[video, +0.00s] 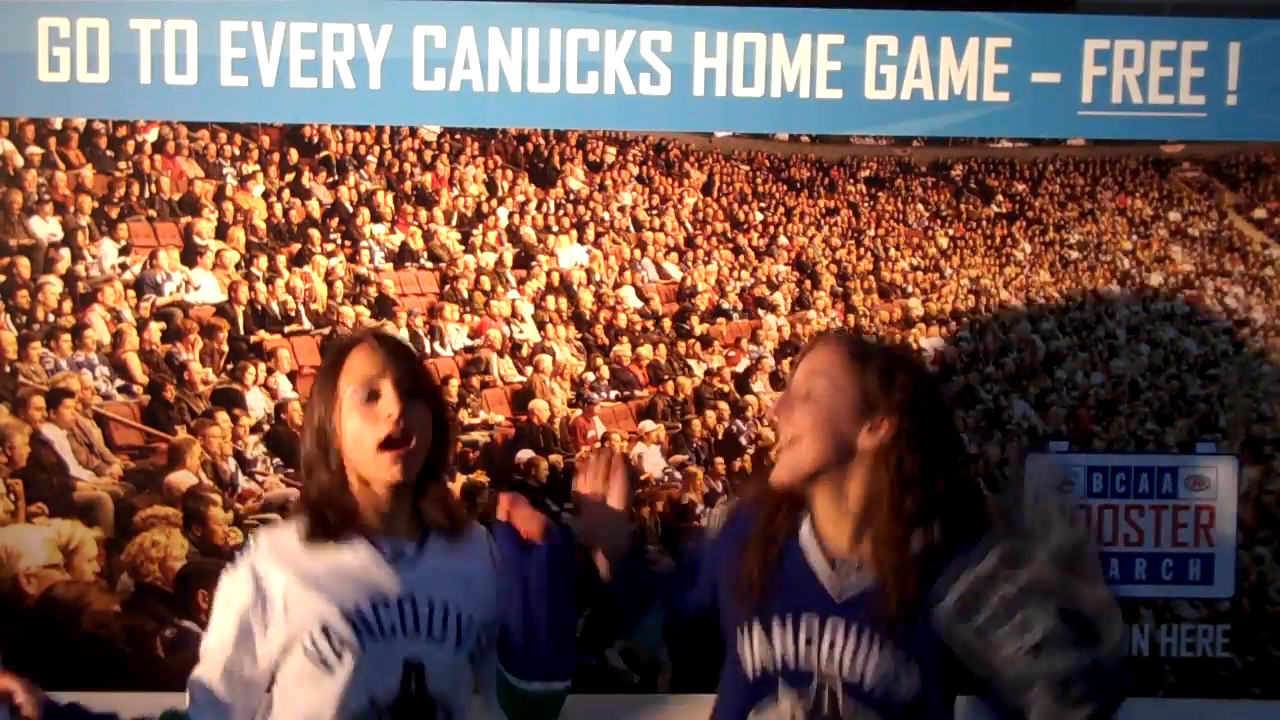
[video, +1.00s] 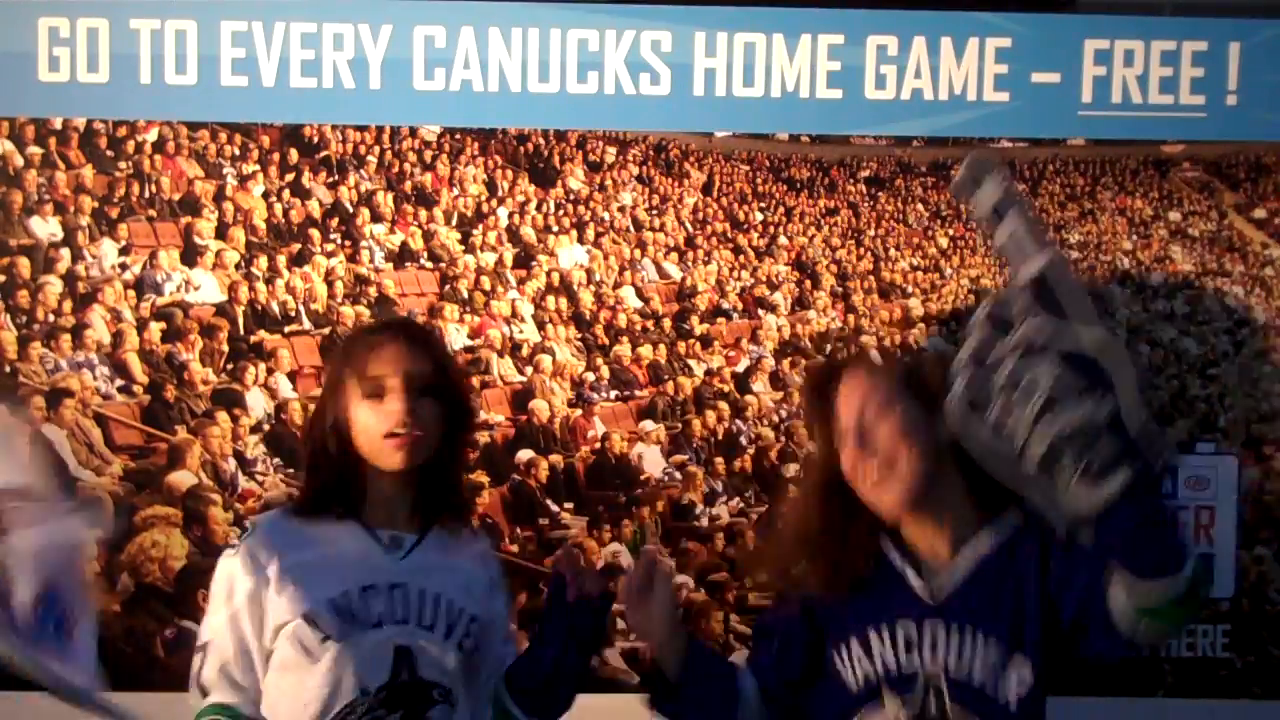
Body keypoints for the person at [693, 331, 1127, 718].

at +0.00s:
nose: (774, 410)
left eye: (801, 392)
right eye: (785, 392)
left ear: (875, 428)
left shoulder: (954, 563)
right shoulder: (745, 536)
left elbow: (1064, 692)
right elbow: (672, 633)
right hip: (745, 711)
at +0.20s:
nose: (813, 428)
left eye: (842, 410)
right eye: (812, 408)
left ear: (913, 430)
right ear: (802, 420)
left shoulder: (979, 562)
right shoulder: (777, 565)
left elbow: (1081, 692)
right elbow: (731, 707)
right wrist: (655, 676)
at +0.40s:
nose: (839, 400)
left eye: (865, 389)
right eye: (827, 386)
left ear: (915, 422)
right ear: (805, 416)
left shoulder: (987, 534)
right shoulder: (781, 555)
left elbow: (1082, 648)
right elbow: (698, 679)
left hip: (971, 710)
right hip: (834, 709)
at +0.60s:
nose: (862, 443)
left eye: (888, 432)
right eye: (847, 417)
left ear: (914, 456)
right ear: (807, 421)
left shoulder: (954, 573)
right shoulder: (757, 554)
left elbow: (1036, 701)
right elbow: (630, 567)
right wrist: (639, 448)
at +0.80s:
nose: (867, 372)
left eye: (889, 357)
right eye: (847, 357)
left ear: (924, 387)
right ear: (818, 390)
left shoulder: (996, 503)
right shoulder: (779, 528)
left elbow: (1138, 613)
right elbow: (698, 666)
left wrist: (1152, 502)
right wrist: (637, 593)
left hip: (963, 711)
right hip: (823, 712)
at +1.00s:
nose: (864, 448)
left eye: (877, 418)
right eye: (847, 440)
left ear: (934, 416)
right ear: (840, 472)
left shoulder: (1047, 561)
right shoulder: (828, 591)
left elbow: (1157, 613)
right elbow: (760, 709)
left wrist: (1109, 470)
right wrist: (674, 652)